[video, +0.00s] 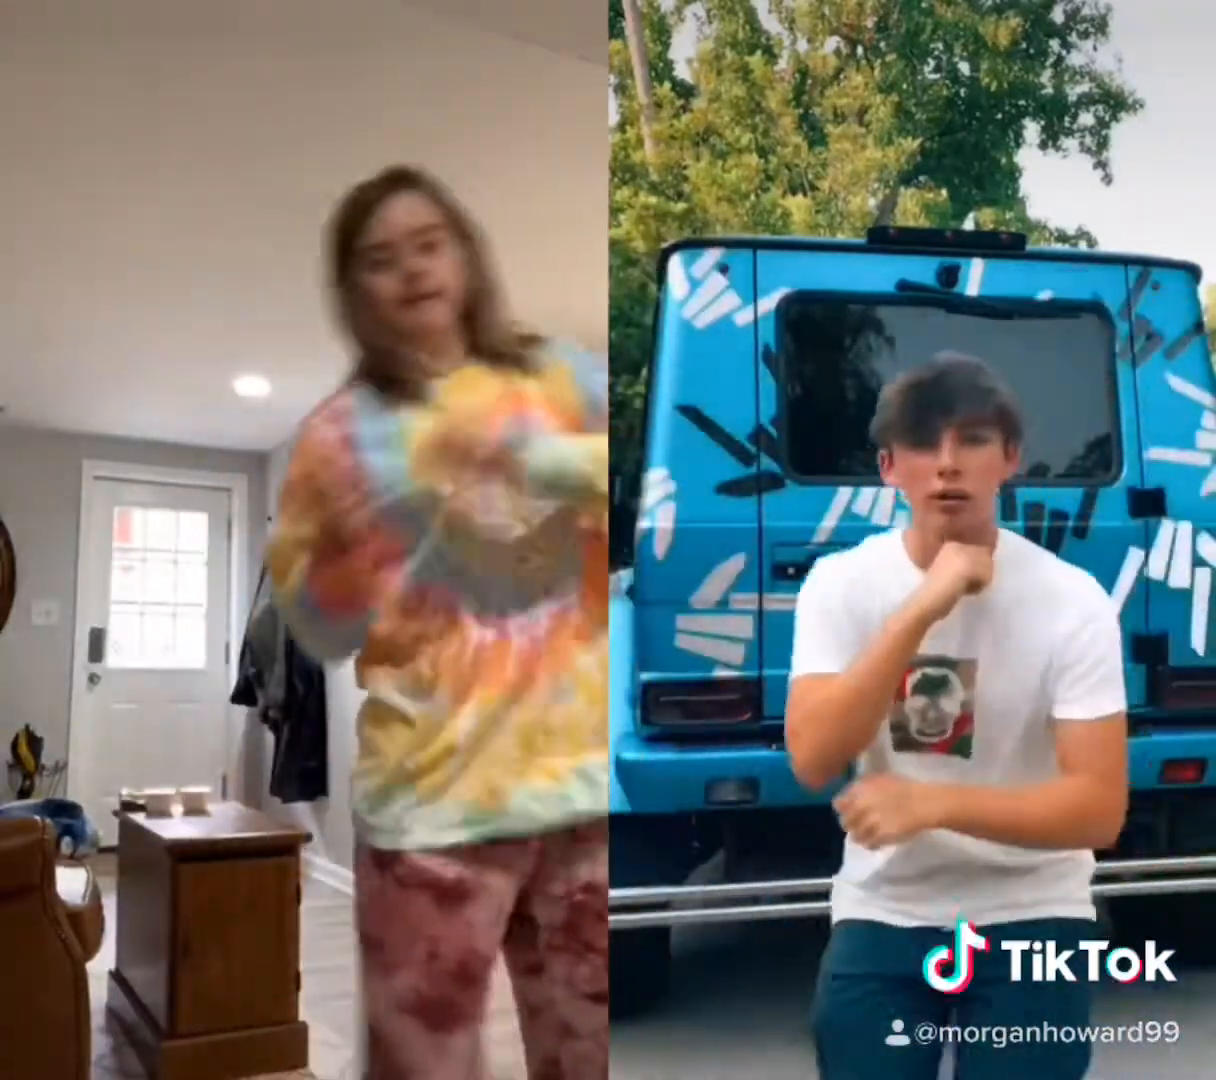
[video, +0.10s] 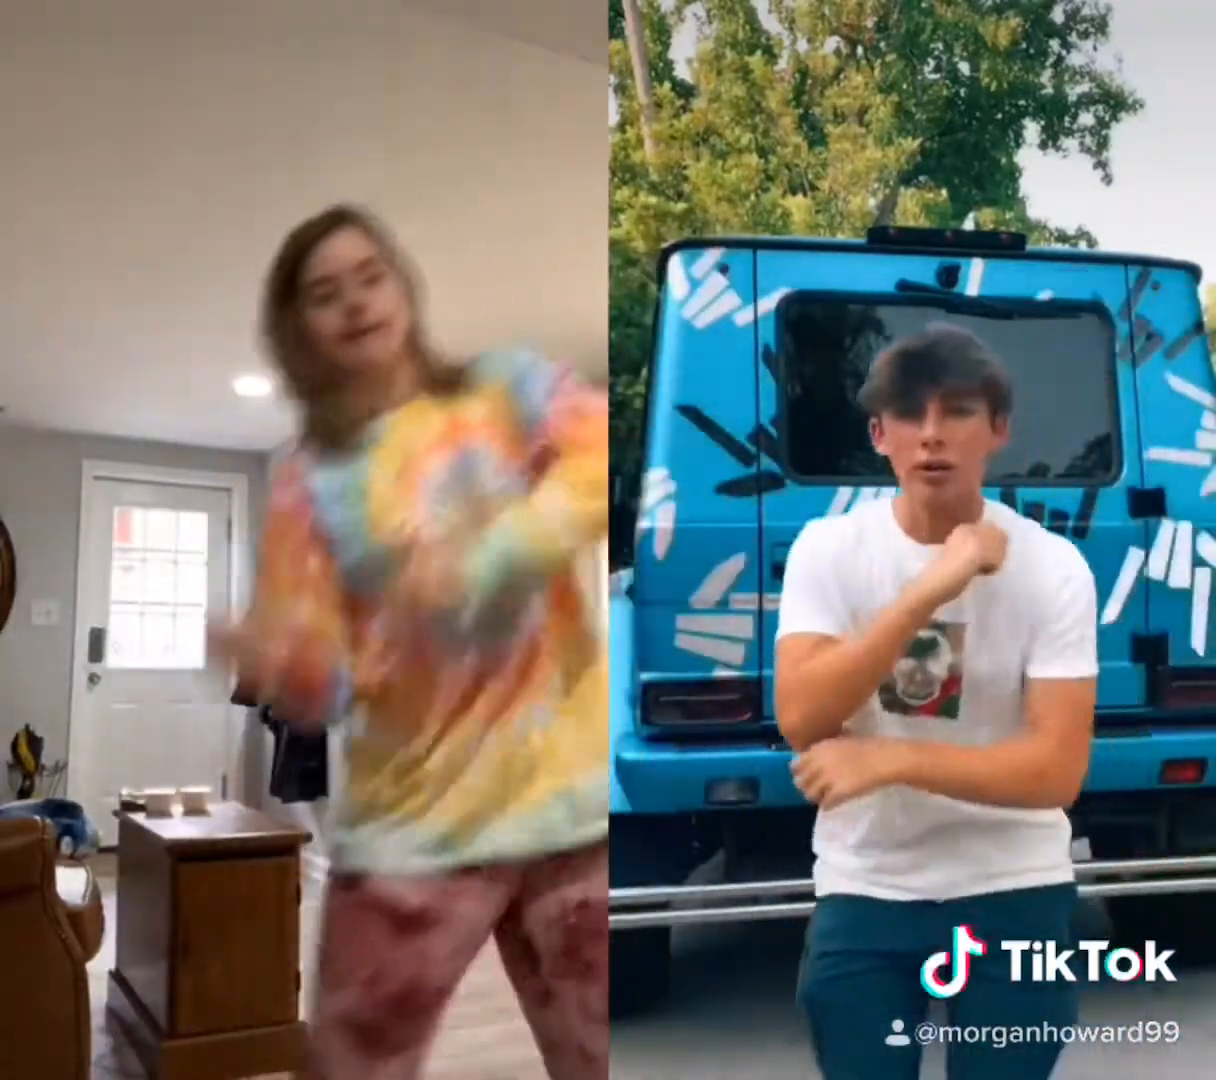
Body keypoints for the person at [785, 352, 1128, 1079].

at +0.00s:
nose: (949, 464)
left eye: (973, 440)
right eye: (925, 443)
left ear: (1010, 460)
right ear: (890, 468)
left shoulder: (1071, 603)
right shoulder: (839, 584)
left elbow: (1099, 809)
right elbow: (813, 762)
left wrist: (933, 803)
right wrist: (922, 608)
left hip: (1035, 912)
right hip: (884, 910)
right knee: (859, 1047)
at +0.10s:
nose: (932, 435)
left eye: (958, 412)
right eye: (911, 413)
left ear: (998, 431)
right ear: (880, 434)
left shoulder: (1053, 569)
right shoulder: (829, 549)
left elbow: (1056, 771)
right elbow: (801, 717)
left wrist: (891, 759)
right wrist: (928, 591)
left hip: (1016, 887)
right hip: (865, 887)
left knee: (1002, 1064)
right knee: (861, 1062)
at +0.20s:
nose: (897, 437)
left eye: (924, 415)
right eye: (885, 414)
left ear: (983, 432)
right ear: (868, 425)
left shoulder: (1038, 566)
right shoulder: (826, 548)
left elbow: (1066, 760)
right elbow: (801, 738)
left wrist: (913, 790)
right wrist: (917, 675)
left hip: (999, 887)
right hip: (857, 883)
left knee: (980, 1068)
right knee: (860, 1065)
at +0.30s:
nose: (873, 456)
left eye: (900, 435)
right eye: (871, 434)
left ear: (968, 458)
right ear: (861, 447)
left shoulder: (1037, 592)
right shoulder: (821, 577)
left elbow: (1108, 747)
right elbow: (796, 718)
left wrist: (1008, 823)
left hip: (990, 902)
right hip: (847, 890)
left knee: (974, 1065)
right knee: (827, 1065)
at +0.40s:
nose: (866, 459)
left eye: (895, 439)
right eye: (866, 439)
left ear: (961, 463)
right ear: (859, 452)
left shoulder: (1032, 583)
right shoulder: (812, 572)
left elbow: (1108, 700)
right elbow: (770, 679)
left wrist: (1113, 761)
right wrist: (690, 734)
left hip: (982, 878)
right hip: (843, 871)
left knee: (978, 1068)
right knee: (812, 1065)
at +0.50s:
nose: (850, 428)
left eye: (876, 409)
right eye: (849, 408)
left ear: (943, 430)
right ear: (848, 418)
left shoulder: (1016, 546)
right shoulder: (805, 534)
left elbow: (1067, 676)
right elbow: (765, 651)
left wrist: (1116, 716)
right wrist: (645, 667)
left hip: (971, 854)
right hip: (833, 849)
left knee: (963, 1063)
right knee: (816, 1059)